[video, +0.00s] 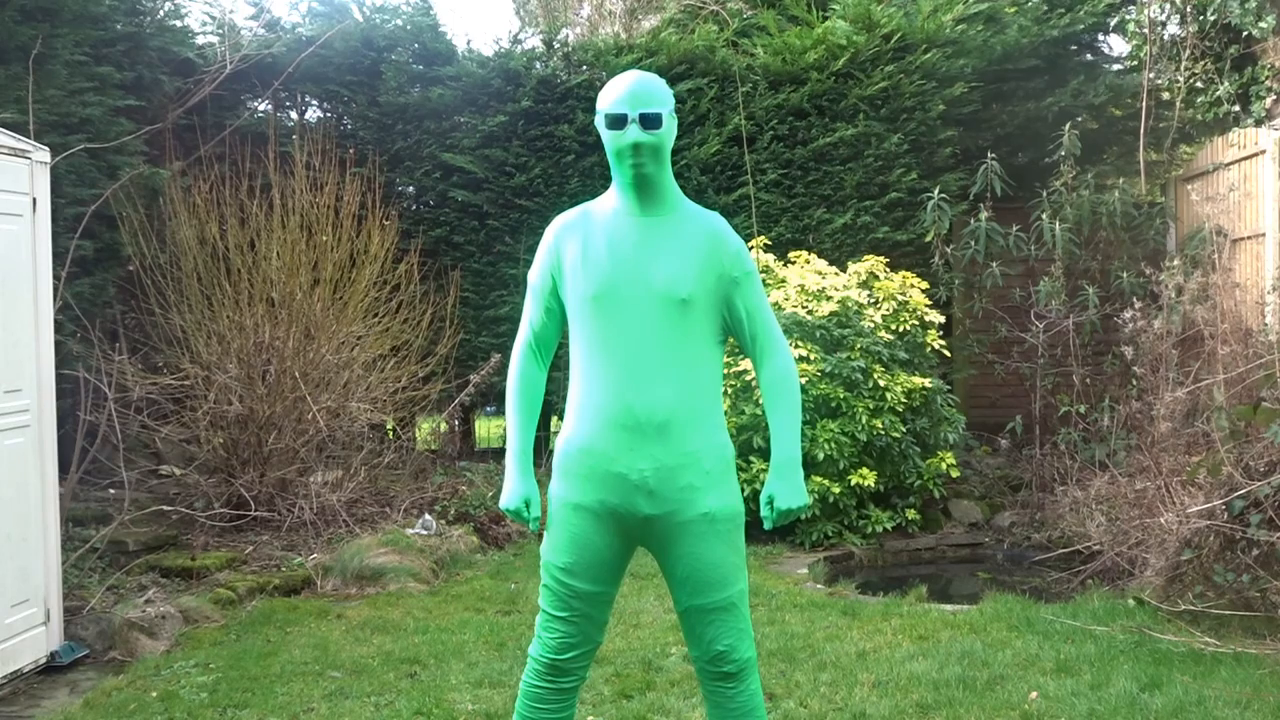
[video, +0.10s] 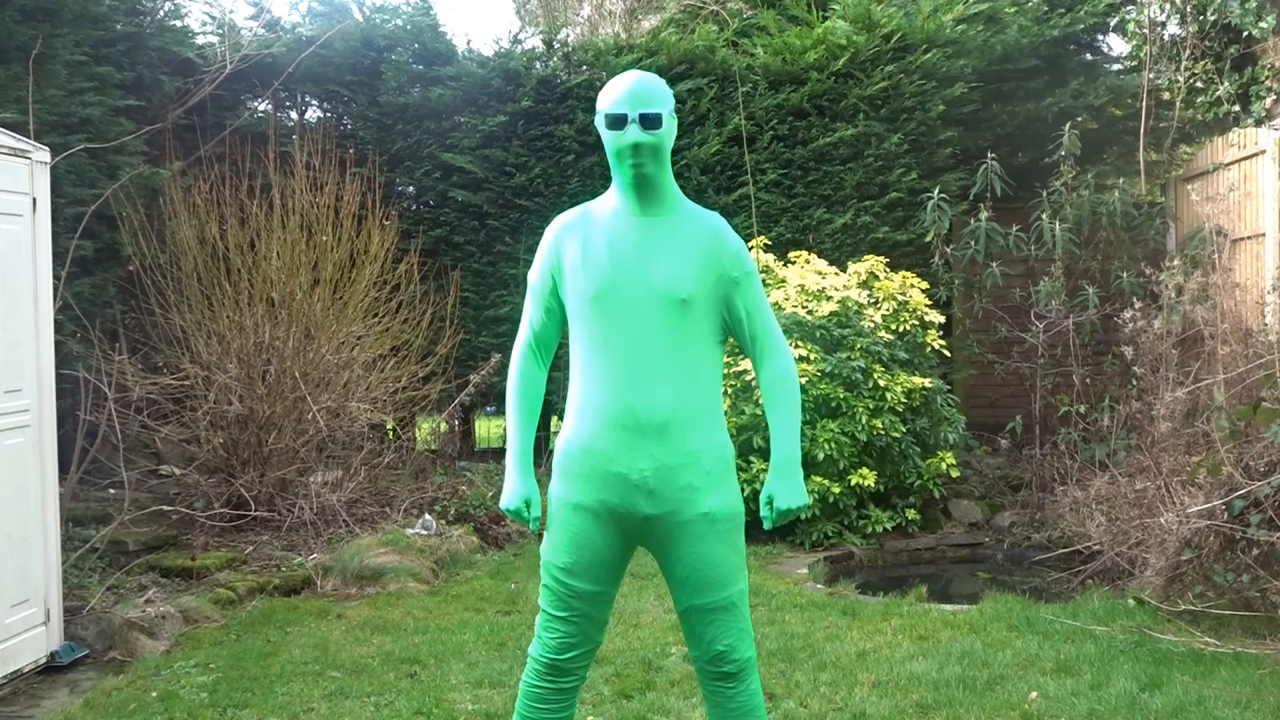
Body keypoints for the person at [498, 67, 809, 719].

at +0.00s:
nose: (634, 135)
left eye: (650, 120)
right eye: (619, 122)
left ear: (673, 129)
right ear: (601, 134)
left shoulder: (714, 237)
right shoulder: (566, 235)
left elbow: (771, 350)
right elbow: (532, 351)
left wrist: (786, 463)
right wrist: (516, 465)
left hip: (698, 485)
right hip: (588, 484)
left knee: (729, 668)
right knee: (554, 667)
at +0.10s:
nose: (634, 135)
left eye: (650, 120)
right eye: (619, 122)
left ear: (673, 129)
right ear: (601, 134)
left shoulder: (714, 237)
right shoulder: (566, 236)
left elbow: (770, 350)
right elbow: (532, 351)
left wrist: (786, 463)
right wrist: (517, 465)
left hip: (698, 485)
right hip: (588, 484)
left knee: (729, 668)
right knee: (554, 667)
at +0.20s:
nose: (634, 135)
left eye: (650, 120)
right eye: (619, 123)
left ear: (673, 129)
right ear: (601, 134)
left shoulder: (713, 237)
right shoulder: (566, 236)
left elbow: (770, 350)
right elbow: (532, 352)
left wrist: (786, 463)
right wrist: (517, 466)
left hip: (698, 485)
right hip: (588, 484)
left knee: (729, 668)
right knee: (554, 666)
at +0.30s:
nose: (634, 136)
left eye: (650, 121)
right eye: (619, 123)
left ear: (673, 129)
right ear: (600, 134)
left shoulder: (713, 237)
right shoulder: (566, 236)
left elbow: (770, 350)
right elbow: (532, 353)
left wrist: (785, 464)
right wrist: (518, 468)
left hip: (698, 485)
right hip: (588, 484)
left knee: (729, 668)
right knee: (554, 666)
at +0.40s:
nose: (634, 135)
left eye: (650, 120)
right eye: (619, 123)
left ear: (673, 129)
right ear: (600, 134)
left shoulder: (713, 237)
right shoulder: (566, 236)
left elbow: (769, 351)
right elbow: (532, 353)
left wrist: (785, 464)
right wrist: (518, 468)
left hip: (698, 485)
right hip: (588, 484)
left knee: (729, 668)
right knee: (554, 666)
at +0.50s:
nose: (635, 136)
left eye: (650, 121)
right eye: (619, 123)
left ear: (673, 129)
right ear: (600, 134)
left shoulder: (713, 237)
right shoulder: (566, 236)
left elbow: (769, 351)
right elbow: (532, 353)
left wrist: (785, 464)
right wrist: (519, 469)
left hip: (698, 486)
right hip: (588, 485)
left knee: (729, 668)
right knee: (554, 666)